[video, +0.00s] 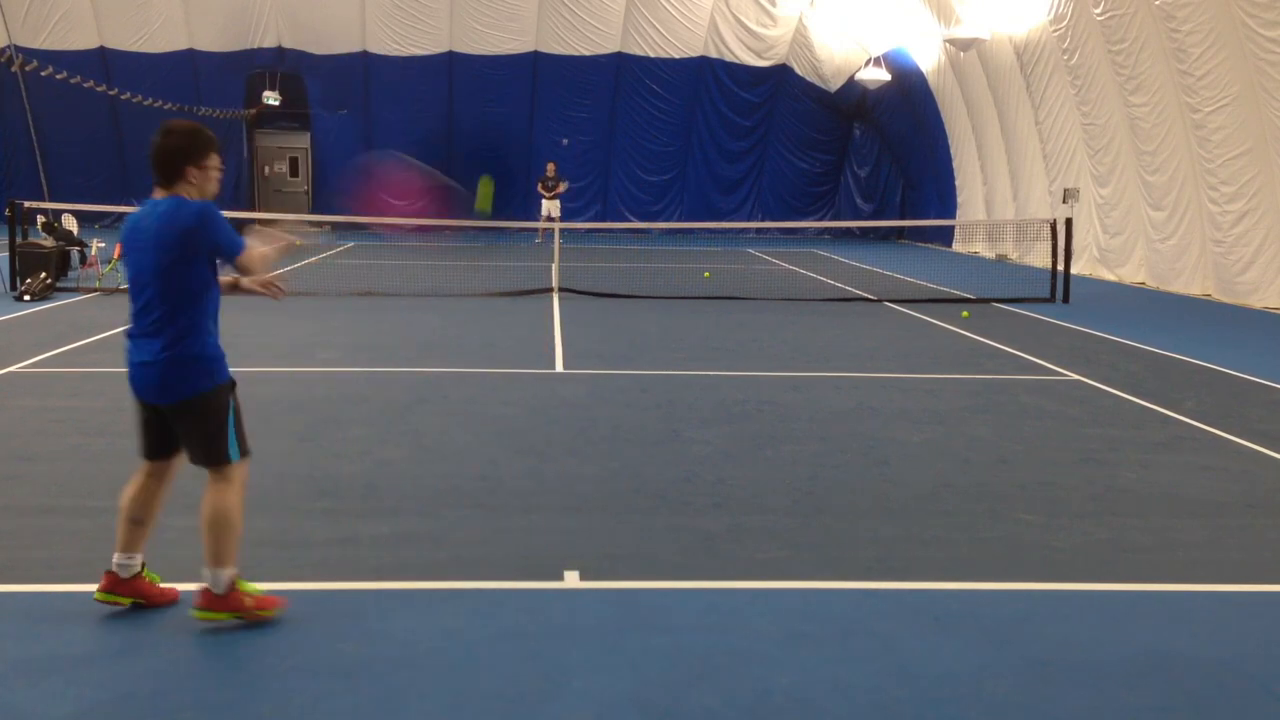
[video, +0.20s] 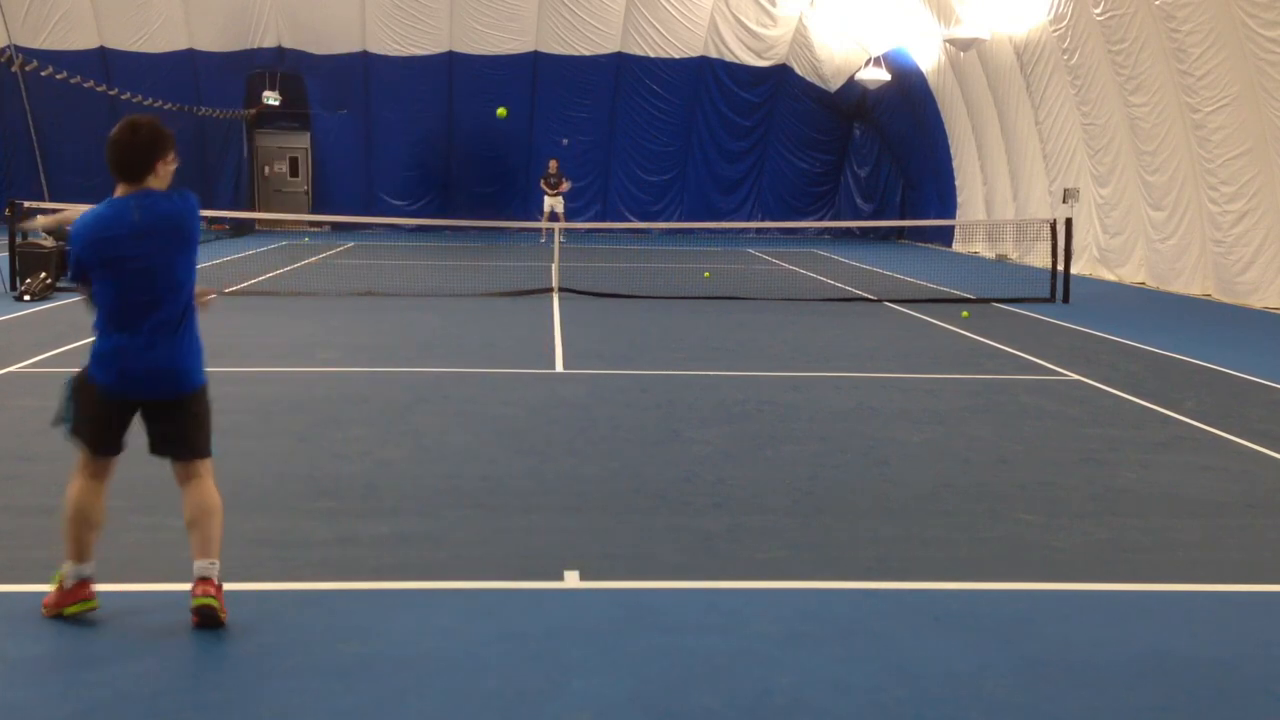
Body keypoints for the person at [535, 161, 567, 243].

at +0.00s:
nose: (550, 168)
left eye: (552, 166)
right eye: (548, 166)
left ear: (554, 168)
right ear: (546, 167)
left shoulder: (558, 178)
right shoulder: (543, 178)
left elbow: (561, 188)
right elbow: (539, 188)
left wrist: (553, 193)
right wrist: (546, 194)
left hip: (555, 200)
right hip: (545, 200)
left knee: (557, 219)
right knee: (543, 218)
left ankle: (557, 237)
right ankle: (540, 237)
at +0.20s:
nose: (552, 166)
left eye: (554, 164)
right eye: (551, 164)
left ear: (557, 165)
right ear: (548, 165)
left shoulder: (560, 175)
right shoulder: (545, 174)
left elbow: (565, 184)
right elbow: (542, 183)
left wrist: (561, 189)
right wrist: (549, 191)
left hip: (558, 197)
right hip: (548, 197)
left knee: (561, 216)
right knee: (546, 216)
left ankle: (562, 234)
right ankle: (543, 235)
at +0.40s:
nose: (554, 170)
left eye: (556, 168)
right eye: (553, 168)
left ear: (559, 170)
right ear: (551, 170)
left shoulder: (563, 179)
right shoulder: (549, 180)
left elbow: (567, 189)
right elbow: (546, 190)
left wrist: (559, 193)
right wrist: (551, 196)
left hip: (561, 201)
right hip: (552, 201)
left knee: (564, 219)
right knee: (549, 218)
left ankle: (569, 236)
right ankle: (545, 236)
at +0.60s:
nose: (558, 171)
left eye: (559, 169)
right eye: (556, 169)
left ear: (563, 169)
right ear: (555, 170)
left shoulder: (567, 178)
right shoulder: (556, 179)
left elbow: (566, 189)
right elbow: (555, 191)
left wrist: (555, 186)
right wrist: (552, 189)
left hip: (568, 200)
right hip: (560, 199)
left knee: (567, 219)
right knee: (556, 218)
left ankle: (570, 237)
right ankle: (552, 236)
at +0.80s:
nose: (559, 170)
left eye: (561, 168)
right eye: (558, 168)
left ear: (564, 168)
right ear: (557, 169)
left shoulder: (566, 176)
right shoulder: (560, 177)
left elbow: (559, 183)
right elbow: (551, 185)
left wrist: (550, 175)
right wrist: (549, 177)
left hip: (573, 198)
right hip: (566, 198)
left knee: (574, 217)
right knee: (566, 217)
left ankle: (577, 236)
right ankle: (568, 235)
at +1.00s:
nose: (560, 174)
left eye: (561, 172)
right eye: (560, 172)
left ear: (566, 172)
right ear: (561, 174)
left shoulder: (569, 180)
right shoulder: (566, 182)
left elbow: (561, 185)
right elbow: (566, 193)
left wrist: (548, 184)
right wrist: (557, 190)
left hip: (577, 201)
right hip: (570, 201)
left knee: (581, 220)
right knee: (567, 219)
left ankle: (593, 234)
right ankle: (570, 236)